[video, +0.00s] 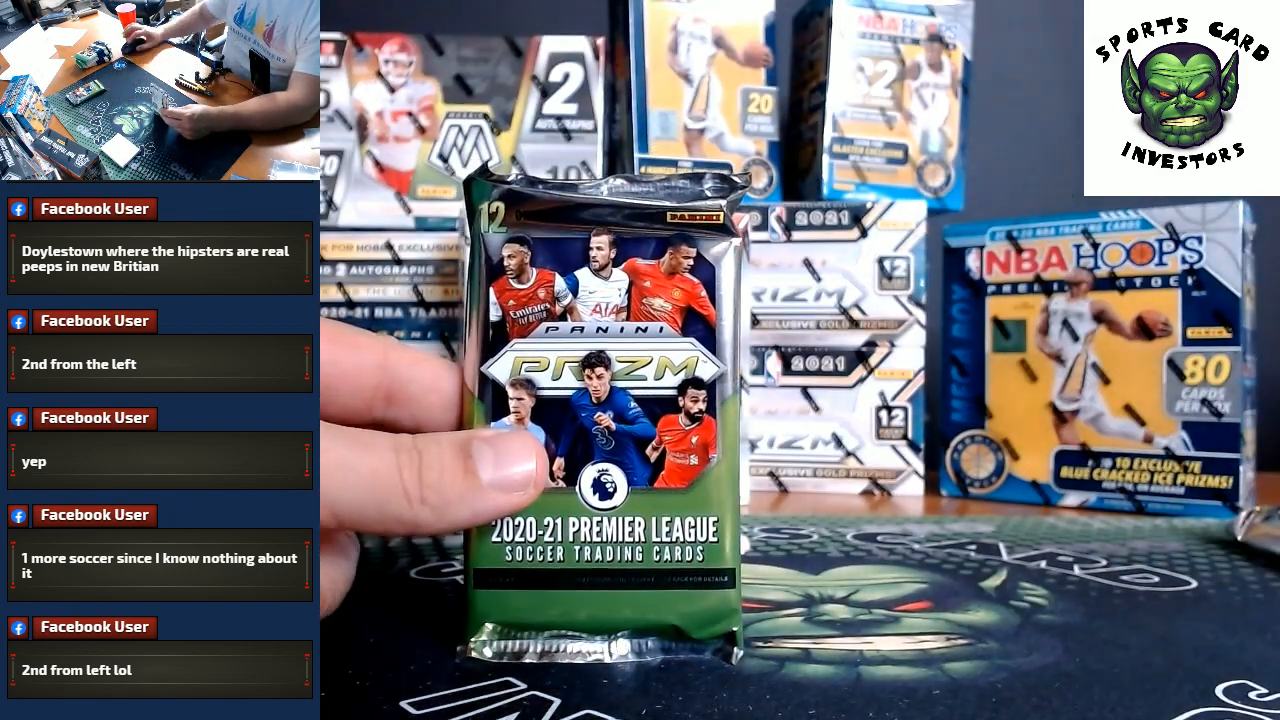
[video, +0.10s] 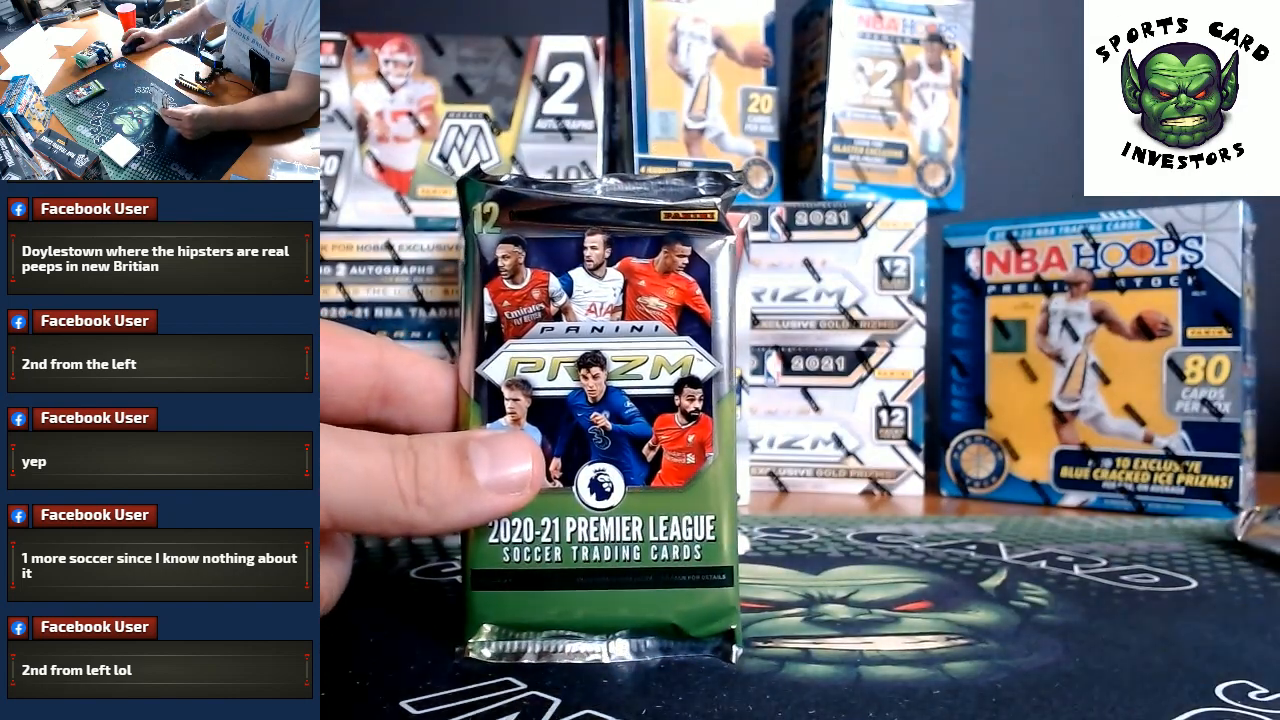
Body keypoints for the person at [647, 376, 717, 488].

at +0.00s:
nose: (701, 407)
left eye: (704, 401)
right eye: (694, 401)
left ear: (707, 401)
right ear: (681, 401)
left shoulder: (710, 426)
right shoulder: (665, 423)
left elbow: (715, 461)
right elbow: (655, 447)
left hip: (694, 492)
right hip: (664, 488)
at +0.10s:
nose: (697, 405)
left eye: (700, 400)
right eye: (691, 400)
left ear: (703, 400)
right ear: (677, 400)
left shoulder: (707, 425)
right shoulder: (662, 422)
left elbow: (712, 460)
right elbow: (652, 446)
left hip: (691, 491)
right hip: (661, 488)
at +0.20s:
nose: (694, 405)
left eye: (697, 399)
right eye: (687, 399)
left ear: (700, 399)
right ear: (674, 400)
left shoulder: (703, 425)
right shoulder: (658, 422)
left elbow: (709, 459)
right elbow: (648, 446)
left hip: (687, 490)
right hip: (658, 486)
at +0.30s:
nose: (693, 405)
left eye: (696, 399)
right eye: (687, 400)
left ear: (699, 399)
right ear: (673, 400)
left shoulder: (702, 425)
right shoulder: (658, 422)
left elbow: (707, 459)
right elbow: (648, 446)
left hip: (686, 490)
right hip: (657, 487)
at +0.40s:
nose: (694, 405)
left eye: (697, 400)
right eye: (688, 400)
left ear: (700, 400)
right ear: (674, 400)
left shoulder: (705, 426)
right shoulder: (659, 422)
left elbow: (709, 461)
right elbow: (649, 446)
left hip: (688, 491)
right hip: (658, 487)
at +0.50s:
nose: (694, 405)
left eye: (697, 400)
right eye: (688, 400)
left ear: (700, 400)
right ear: (674, 400)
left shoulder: (705, 426)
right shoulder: (659, 422)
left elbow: (709, 462)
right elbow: (649, 446)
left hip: (687, 491)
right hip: (658, 487)